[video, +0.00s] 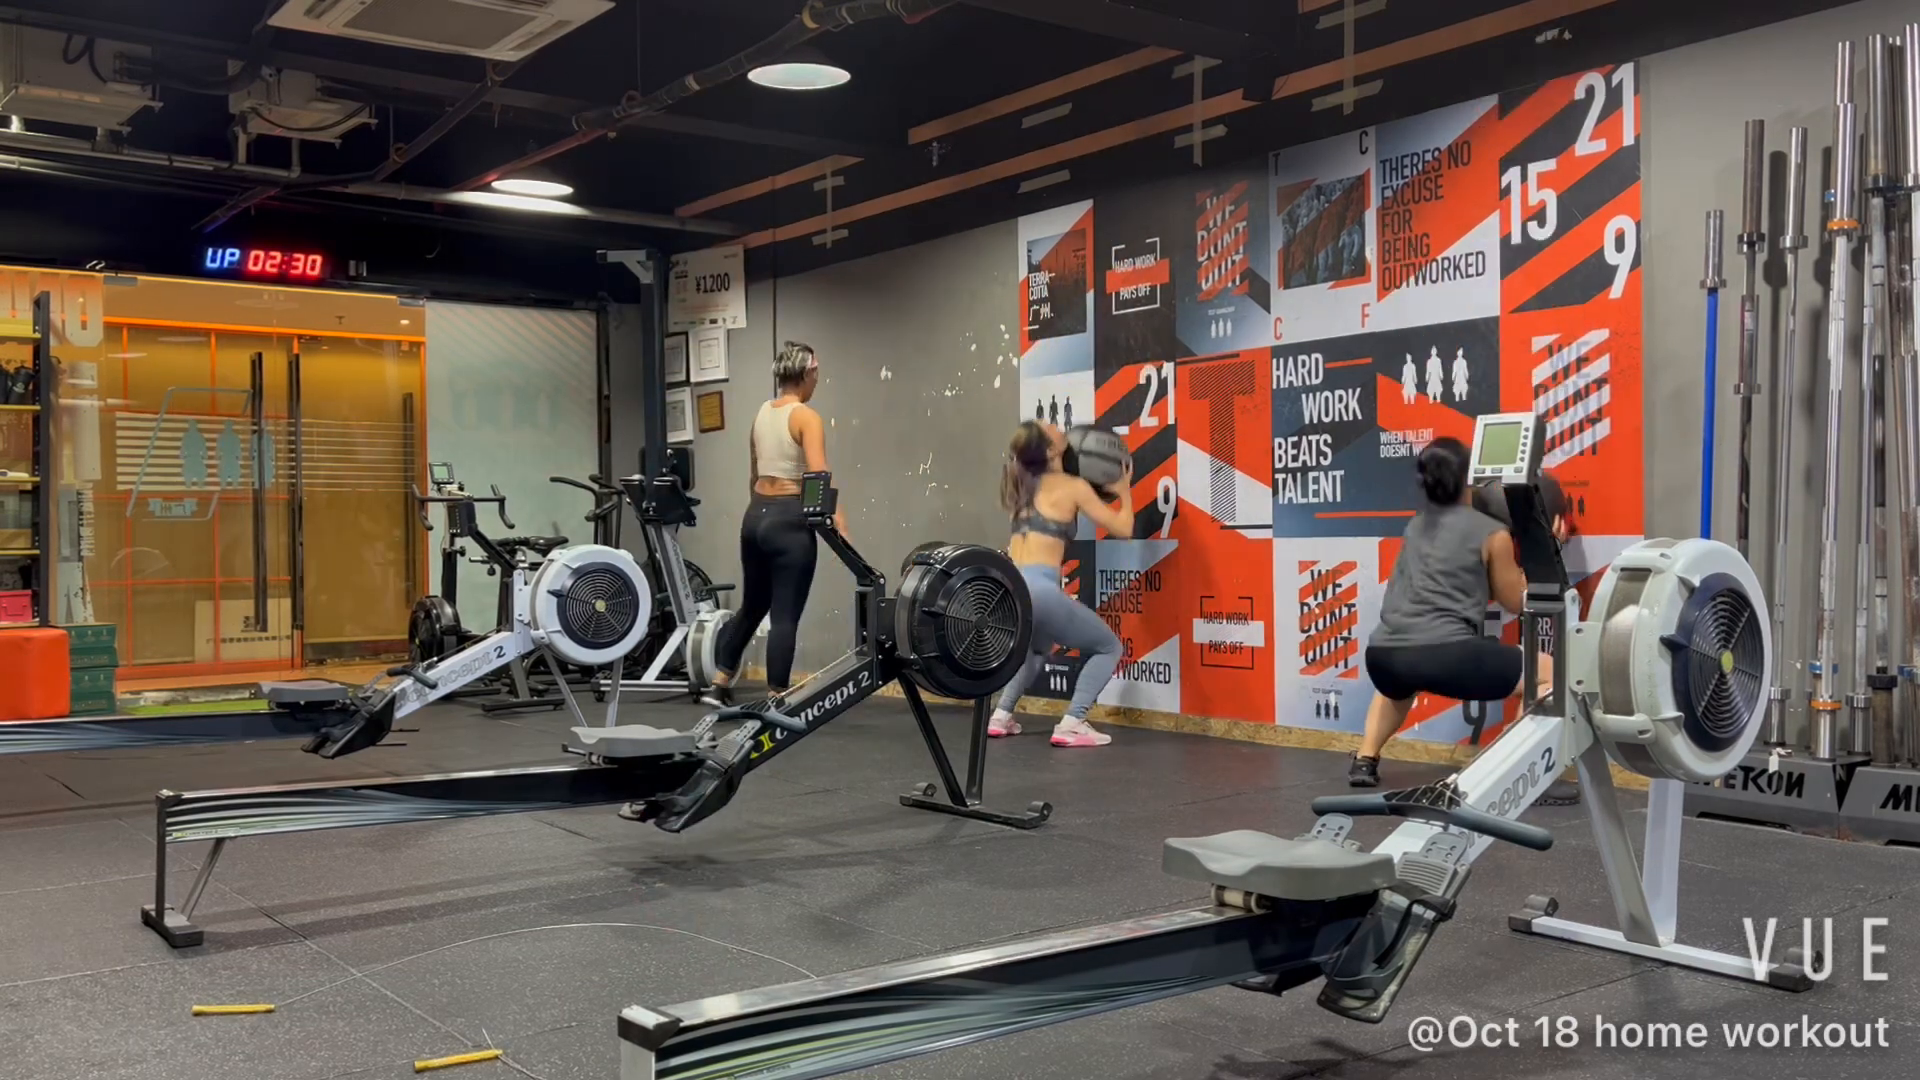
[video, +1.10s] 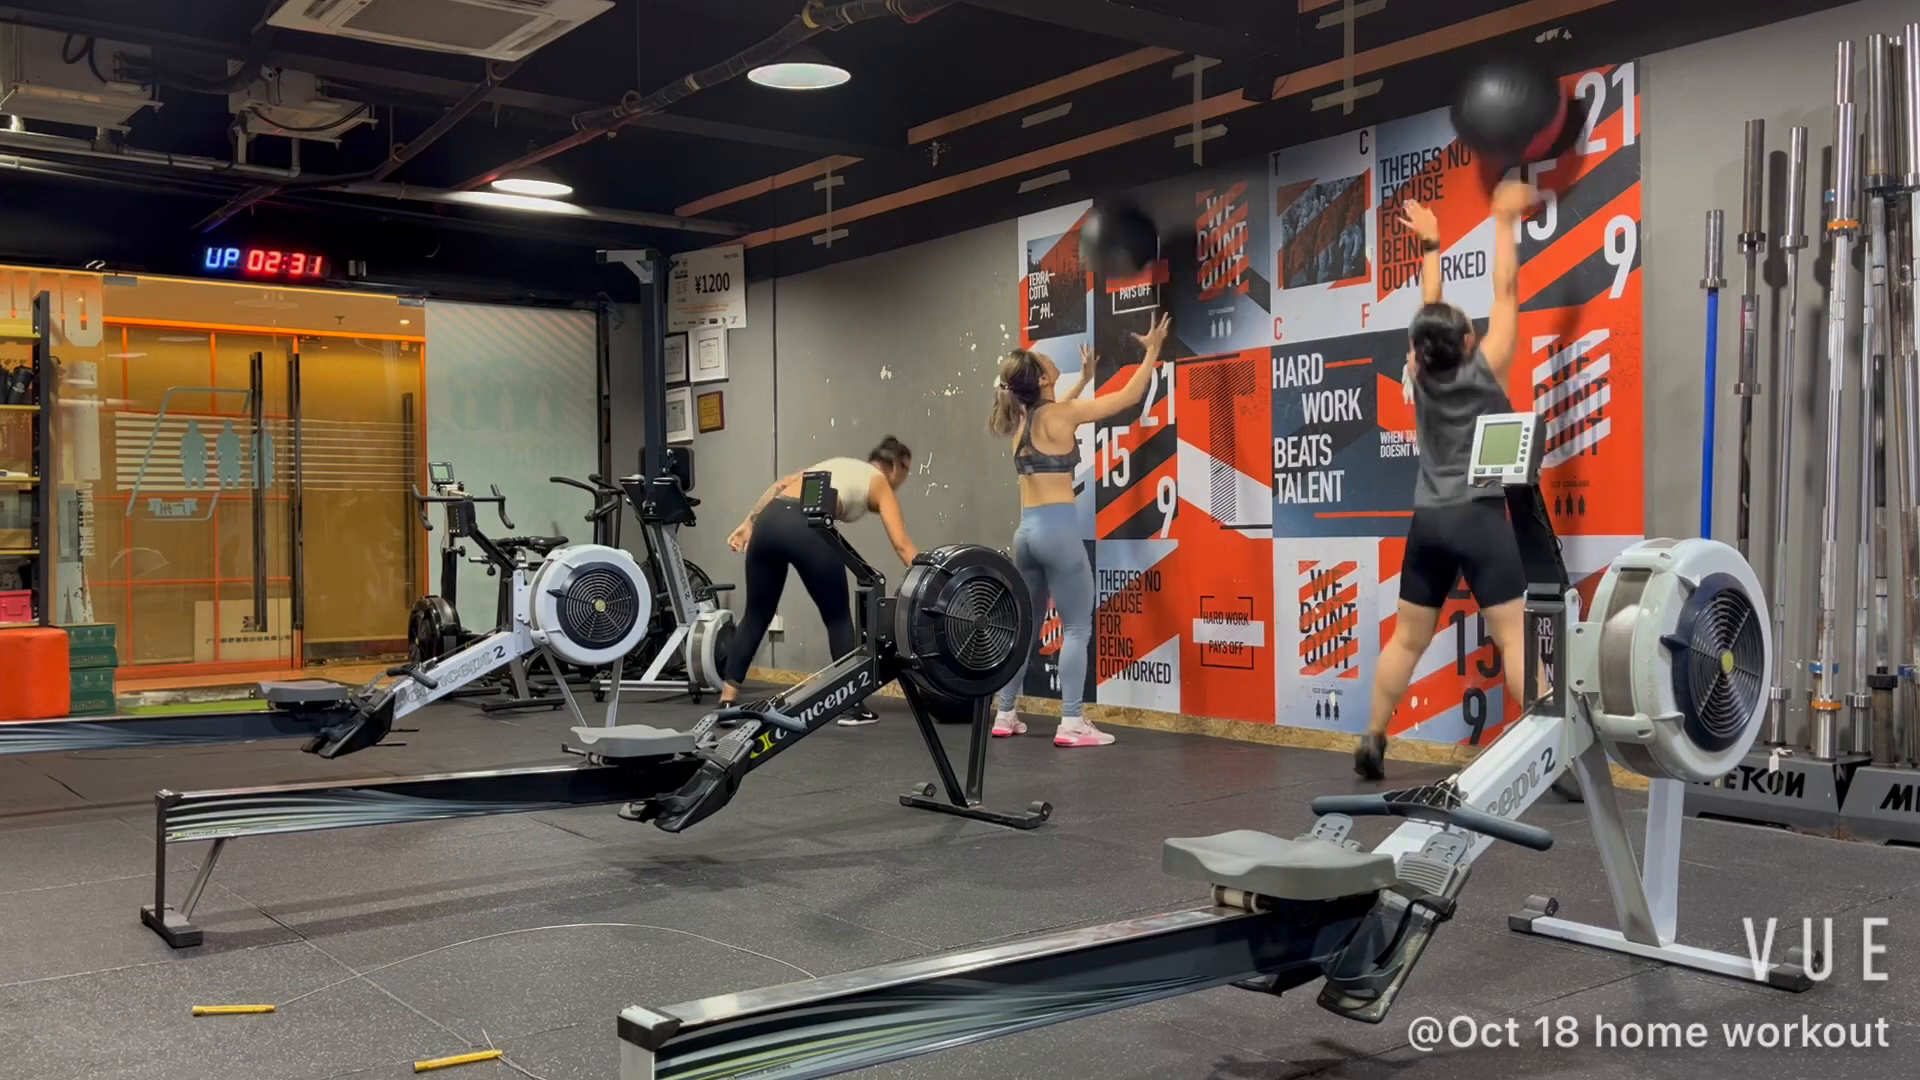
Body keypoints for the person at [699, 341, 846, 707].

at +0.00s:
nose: (817, 379)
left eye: (816, 372)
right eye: (815, 373)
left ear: (782, 375)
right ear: (807, 375)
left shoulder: (762, 415)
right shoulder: (806, 417)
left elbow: (755, 476)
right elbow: (819, 476)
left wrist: (763, 507)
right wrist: (838, 520)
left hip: (757, 513)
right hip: (790, 516)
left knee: (753, 606)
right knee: (785, 616)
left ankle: (720, 685)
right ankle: (777, 698)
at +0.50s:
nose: (790, 387)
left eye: (790, 380)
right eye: (788, 380)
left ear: (754, 382)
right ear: (775, 381)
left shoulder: (731, 423)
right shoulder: (781, 420)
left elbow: (722, 482)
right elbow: (792, 476)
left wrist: (721, 528)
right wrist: (823, 520)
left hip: (733, 517)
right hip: (773, 517)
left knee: (723, 618)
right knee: (805, 609)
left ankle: (710, 705)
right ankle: (792, 688)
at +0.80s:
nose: (834, 404)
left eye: (835, 396)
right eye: (832, 396)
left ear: (798, 396)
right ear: (818, 396)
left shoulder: (768, 425)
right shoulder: (821, 432)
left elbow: (730, 473)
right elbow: (834, 490)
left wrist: (705, 518)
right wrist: (858, 546)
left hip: (751, 523)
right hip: (794, 526)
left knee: (732, 618)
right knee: (821, 618)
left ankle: (710, 705)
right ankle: (849, 703)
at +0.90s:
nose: (864, 419)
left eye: (864, 412)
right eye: (862, 412)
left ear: (829, 409)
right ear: (850, 410)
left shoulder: (794, 434)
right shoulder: (845, 443)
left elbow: (751, 474)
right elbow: (858, 502)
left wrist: (724, 516)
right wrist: (884, 558)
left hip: (760, 522)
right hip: (801, 526)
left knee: (740, 619)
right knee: (831, 618)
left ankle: (713, 702)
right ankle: (849, 704)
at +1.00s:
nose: (889, 448)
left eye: (890, 441)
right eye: (888, 441)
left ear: (854, 432)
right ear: (876, 436)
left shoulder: (816, 447)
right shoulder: (865, 462)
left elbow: (770, 477)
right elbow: (883, 522)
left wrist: (742, 518)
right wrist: (909, 568)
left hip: (765, 524)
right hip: (807, 528)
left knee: (749, 619)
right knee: (834, 619)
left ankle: (719, 697)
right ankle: (850, 705)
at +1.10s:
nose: (904, 478)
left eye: (906, 472)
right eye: (905, 471)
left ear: (875, 459)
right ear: (896, 466)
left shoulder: (839, 465)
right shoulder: (879, 485)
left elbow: (783, 484)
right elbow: (901, 545)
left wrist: (750, 521)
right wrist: (930, 584)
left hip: (768, 522)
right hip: (807, 526)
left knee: (755, 615)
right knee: (837, 618)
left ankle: (727, 698)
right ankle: (851, 704)